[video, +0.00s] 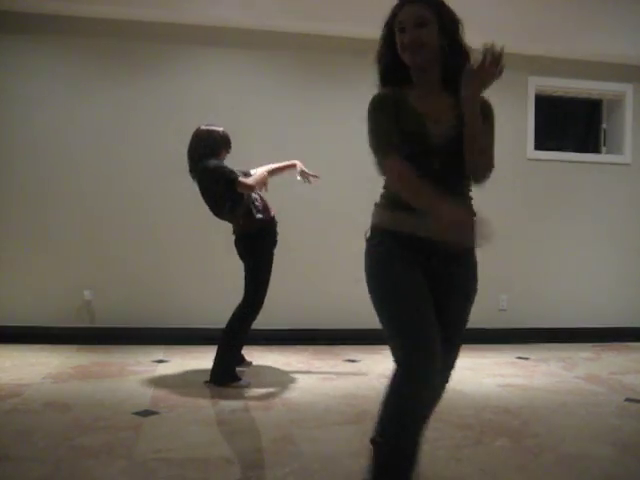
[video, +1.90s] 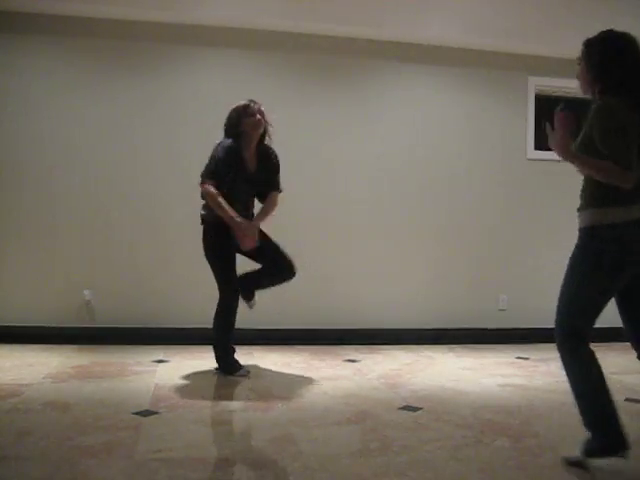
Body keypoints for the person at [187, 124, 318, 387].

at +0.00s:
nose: (227, 152)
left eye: (226, 147)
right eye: (224, 148)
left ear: (201, 147)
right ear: (215, 148)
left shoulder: (207, 170)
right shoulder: (215, 170)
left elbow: (252, 175)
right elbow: (249, 185)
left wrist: (293, 164)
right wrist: (263, 177)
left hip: (251, 235)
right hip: (256, 237)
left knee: (252, 301)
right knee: (252, 303)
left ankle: (231, 353)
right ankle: (222, 372)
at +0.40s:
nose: (214, 162)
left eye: (213, 158)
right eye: (211, 159)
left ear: (192, 163)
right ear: (200, 162)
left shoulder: (208, 186)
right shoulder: (207, 189)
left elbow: (249, 196)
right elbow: (243, 216)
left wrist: (286, 195)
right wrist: (288, 218)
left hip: (256, 241)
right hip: (259, 244)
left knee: (252, 305)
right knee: (252, 308)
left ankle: (231, 353)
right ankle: (219, 373)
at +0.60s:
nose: (193, 162)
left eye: (191, 156)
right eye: (186, 165)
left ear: (198, 157)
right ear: (182, 179)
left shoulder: (213, 186)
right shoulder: (209, 194)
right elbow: (238, 231)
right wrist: (272, 256)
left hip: (263, 237)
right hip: (260, 242)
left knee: (256, 305)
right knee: (256, 307)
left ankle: (232, 353)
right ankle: (221, 372)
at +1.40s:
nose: (199, 132)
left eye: (193, 132)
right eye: (193, 138)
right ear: (198, 154)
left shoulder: (232, 154)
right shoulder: (219, 167)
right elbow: (206, 209)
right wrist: (228, 243)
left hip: (254, 234)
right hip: (245, 237)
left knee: (252, 297)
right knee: (251, 298)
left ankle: (230, 356)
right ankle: (226, 366)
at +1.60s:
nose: (239, 117)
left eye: (238, 113)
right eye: (230, 117)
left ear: (247, 119)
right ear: (224, 133)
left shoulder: (258, 152)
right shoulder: (222, 162)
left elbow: (259, 187)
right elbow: (207, 203)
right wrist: (198, 239)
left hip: (244, 236)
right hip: (224, 237)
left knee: (231, 294)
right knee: (244, 292)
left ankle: (225, 357)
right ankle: (237, 359)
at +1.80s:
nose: (257, 117)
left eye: (258, 112)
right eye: (249, 115)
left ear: (264, 120)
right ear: (238, 125)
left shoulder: (266, 152)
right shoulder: (228, 153)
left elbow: (289, 185)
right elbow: (194, 177)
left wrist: (294, 200)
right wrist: (194, 205)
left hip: (245, 231)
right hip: (217, 232)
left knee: (267, 288)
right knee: (231, 298)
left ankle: (233, 320)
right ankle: (234, 363)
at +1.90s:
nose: (260, 117)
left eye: (262, 113)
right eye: (252, 114)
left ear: (266, 121)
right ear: (240, 124)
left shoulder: (268, 156)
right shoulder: (225, 150)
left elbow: (271, 199)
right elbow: (207, 188)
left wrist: (254, 226)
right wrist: (236, 222)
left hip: (245, 226)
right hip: (218, 227)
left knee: (284, 270)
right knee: (229, 292)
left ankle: (245, 283)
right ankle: (225, 361)